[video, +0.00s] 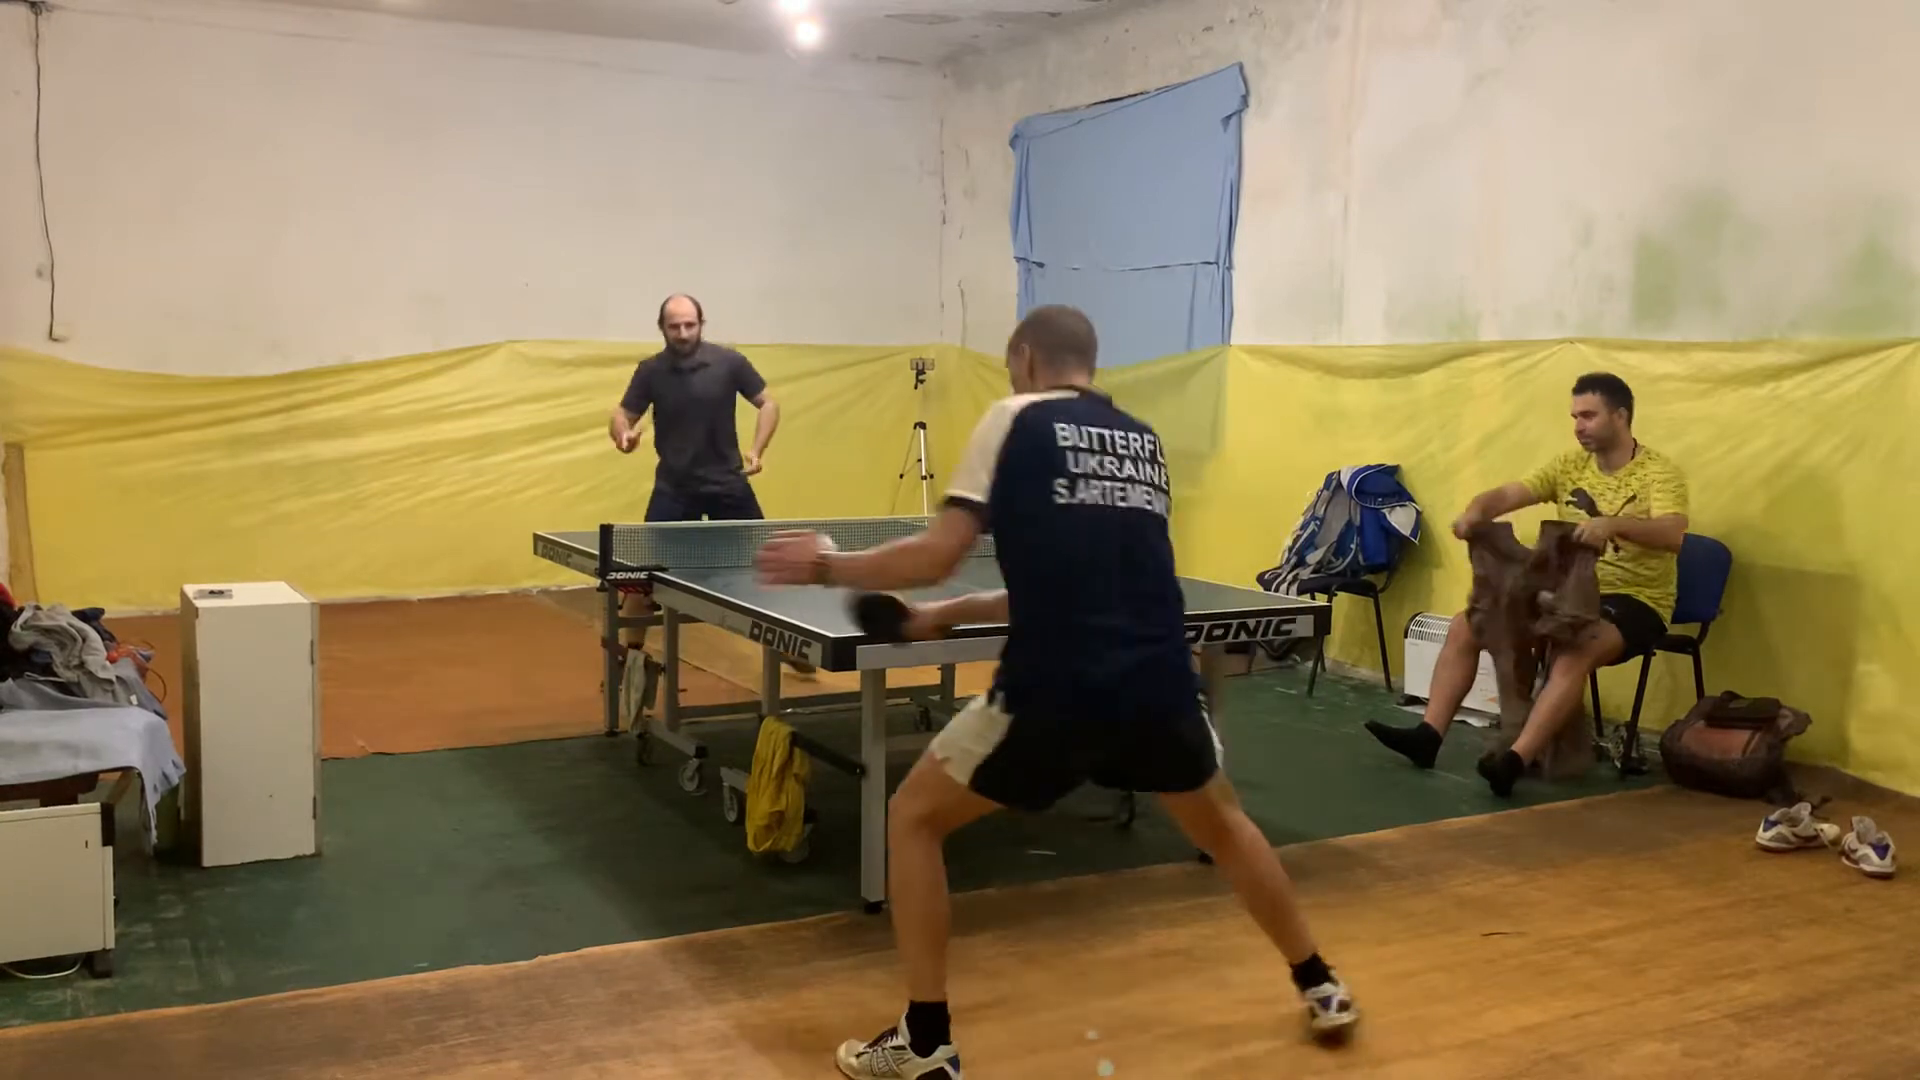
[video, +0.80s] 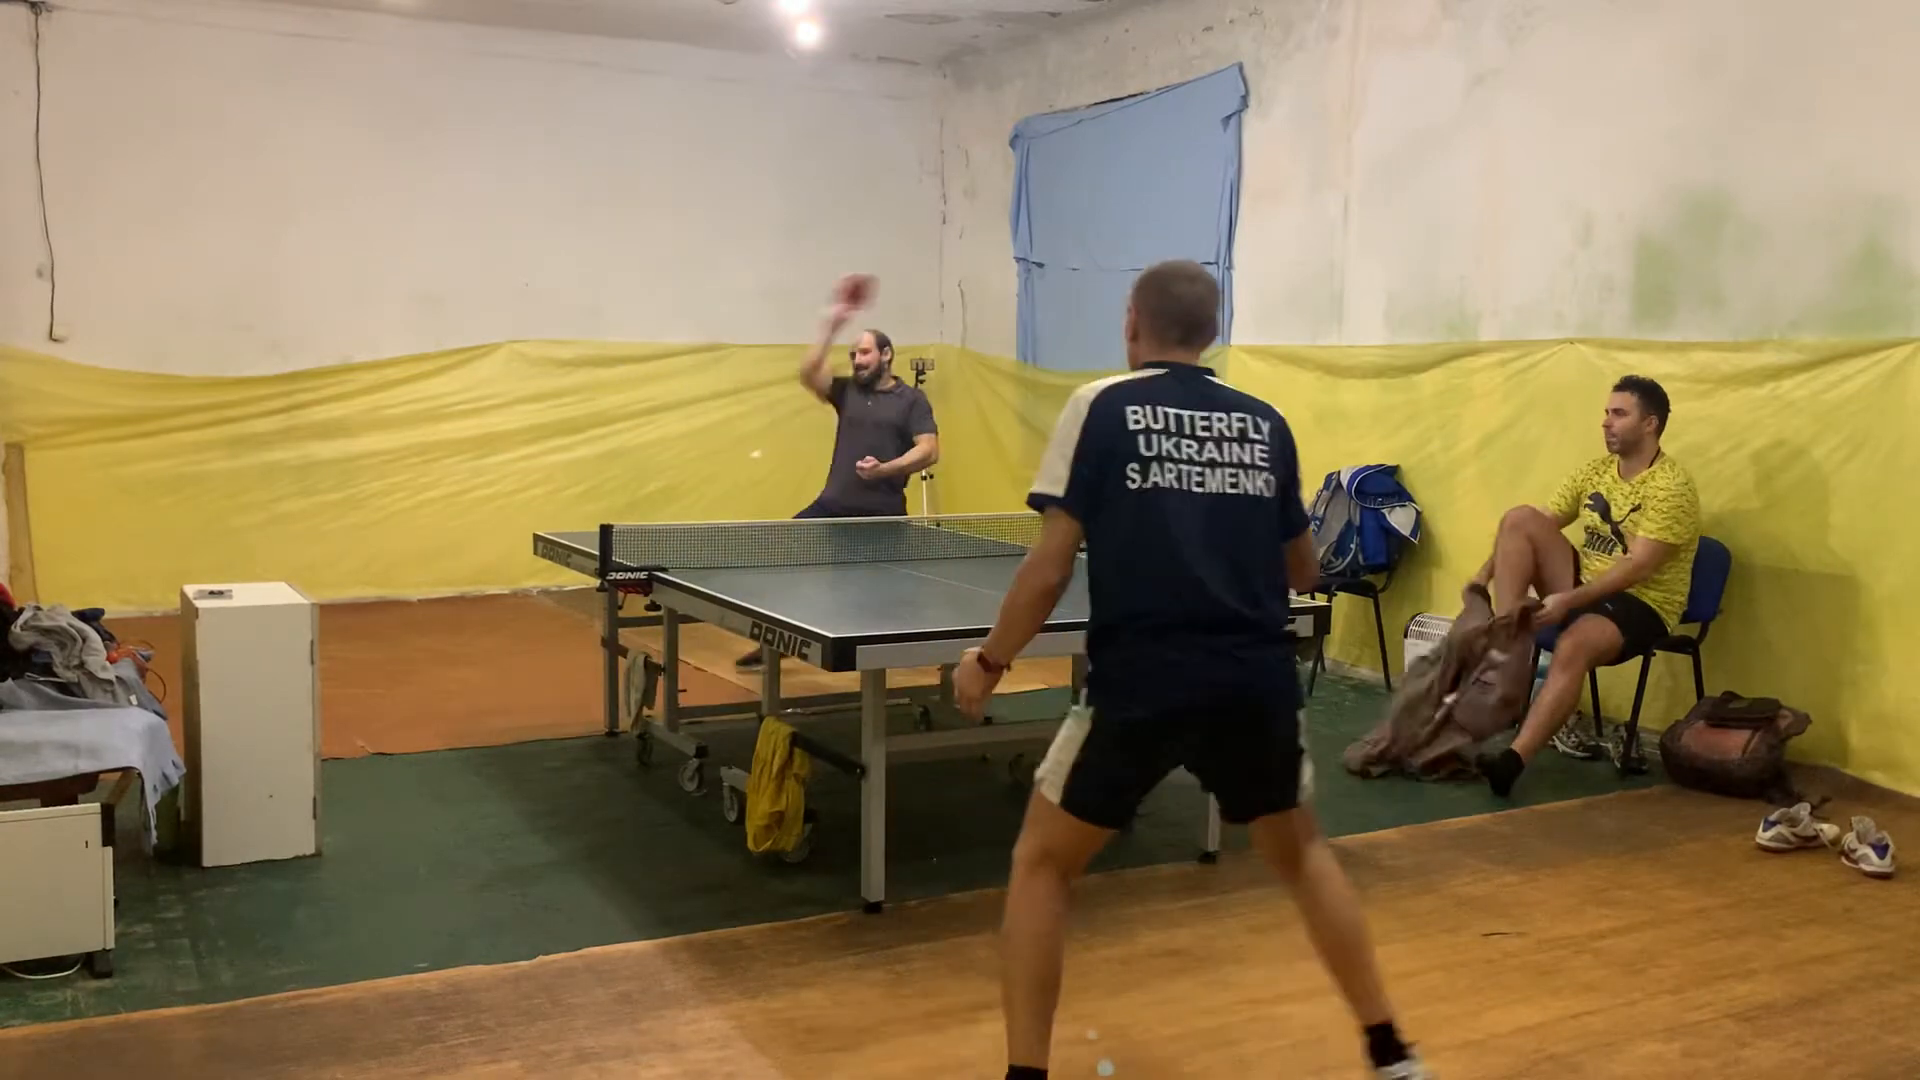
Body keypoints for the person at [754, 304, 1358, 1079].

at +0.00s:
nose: (1008, 377)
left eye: (1008, 367)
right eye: (1011, 369)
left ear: (1023, 362)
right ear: (1091, 367)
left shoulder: (1013, 417)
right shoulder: (1141, 437)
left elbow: (938, 552)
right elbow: (1083, 589)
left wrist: (830, 566)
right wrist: (942, 613)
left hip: (1050, 695)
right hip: (1160, 692)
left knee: (914, 819)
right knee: (1226, 829)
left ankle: (924, 1037)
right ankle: (1320, 983)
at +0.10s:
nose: (1004, 333)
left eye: (1004, 322)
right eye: (1009, 322)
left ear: (1016, 322)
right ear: (1097, 329)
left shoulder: (983, 407)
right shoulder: (1149, 408)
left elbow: (882, 536)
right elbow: (1102, 500)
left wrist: (766, 585)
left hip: (1019, 685)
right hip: (1134, 680)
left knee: (909, 819)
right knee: (1193, 817)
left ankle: (925, 1037)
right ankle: (1278, 1007)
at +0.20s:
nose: (1013, 310)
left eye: (1013, 299)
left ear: (1018, 305)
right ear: (1103, 310)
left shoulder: (974, 404)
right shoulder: (1148, 397)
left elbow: (877, 536)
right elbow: (1161, 465)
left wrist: (772, 611)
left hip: (1010, 678)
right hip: (1126, 675)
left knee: (911, 817)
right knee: (1170, 816)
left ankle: (925, 1035)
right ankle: (1236, 1021)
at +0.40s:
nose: (1062, 306)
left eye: (1064, 294)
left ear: (1071, 302)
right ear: (1154, 310)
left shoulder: (1040, 412)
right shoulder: (1196, 413)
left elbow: (989, 567)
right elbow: (1211, 436)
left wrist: (888, 657)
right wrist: (1190, 369)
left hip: (1058, 688)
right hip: (1170, 689)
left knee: (931, 816)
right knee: (1166, 879)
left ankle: (925, 1039)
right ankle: (1218, 1071)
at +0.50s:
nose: (1078, 322)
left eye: (1081, 310)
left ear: (1086, 318)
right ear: (1174, 329)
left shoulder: (1066, 428)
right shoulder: (1222, 424)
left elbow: (1029, 597)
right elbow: (1241, 502)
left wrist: (932, 684)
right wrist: (1196, 399)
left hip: (1087, 709)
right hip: (1205, 711)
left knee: (950, 820)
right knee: (1183, 909)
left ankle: (948, 1045)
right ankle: (1218, 1075)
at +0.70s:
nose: (1093, 323)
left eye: (1095, 312)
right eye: (1106, 311)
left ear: (1104, 318)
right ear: (1186, 328)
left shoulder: (1074, 409)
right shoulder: (1240, 419)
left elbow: (1039, 570)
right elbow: (1276, 549)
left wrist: (967, 669)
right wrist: (1186, 534)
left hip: (1115, 694)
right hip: (1232, 692)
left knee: (1016, 862)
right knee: (1245, 856)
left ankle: (1019, 1071)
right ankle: (1292, 1049)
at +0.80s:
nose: (1123, 330)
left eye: (1125, 318)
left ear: (1133, 326)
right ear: (1215, 337)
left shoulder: (1101, 407)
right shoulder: (1264, 422)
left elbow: (1051, 567)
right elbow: (1303, 571)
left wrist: (988, 660)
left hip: (1141, 689)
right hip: (1256, 687)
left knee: (1044, 867)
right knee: (1304, 850)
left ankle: (1026, 1072)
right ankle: (1391, 1053)